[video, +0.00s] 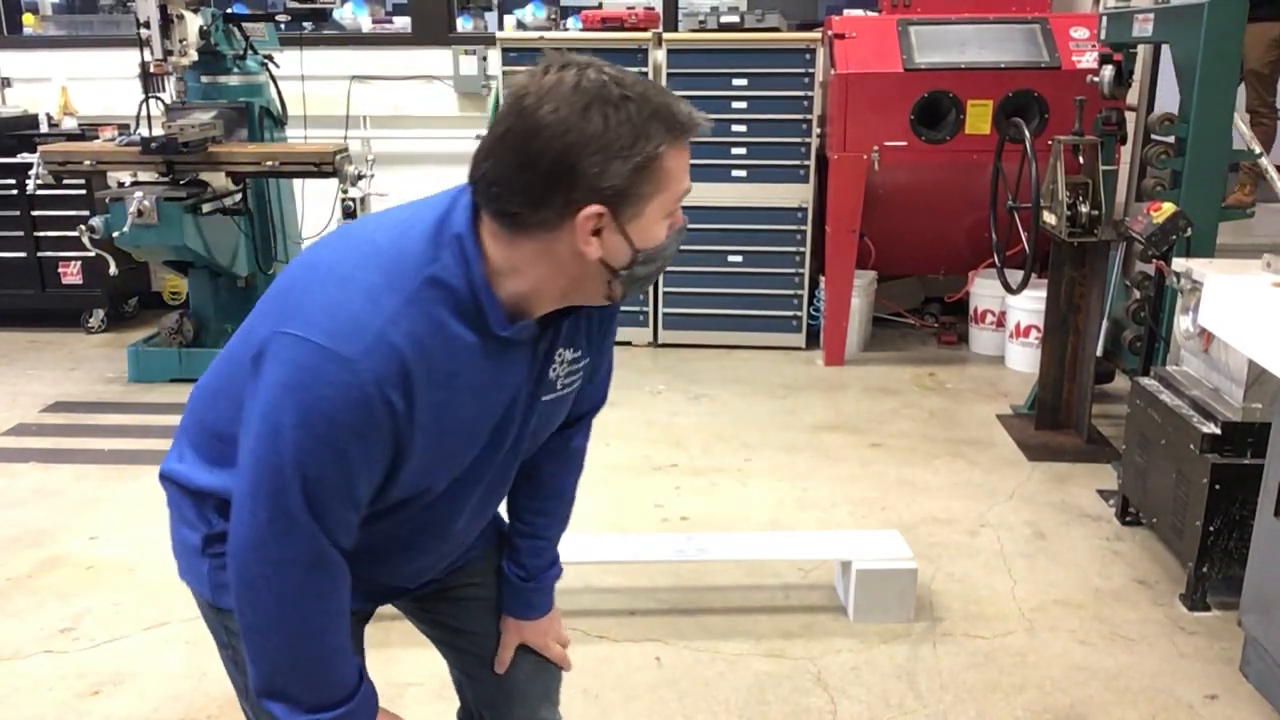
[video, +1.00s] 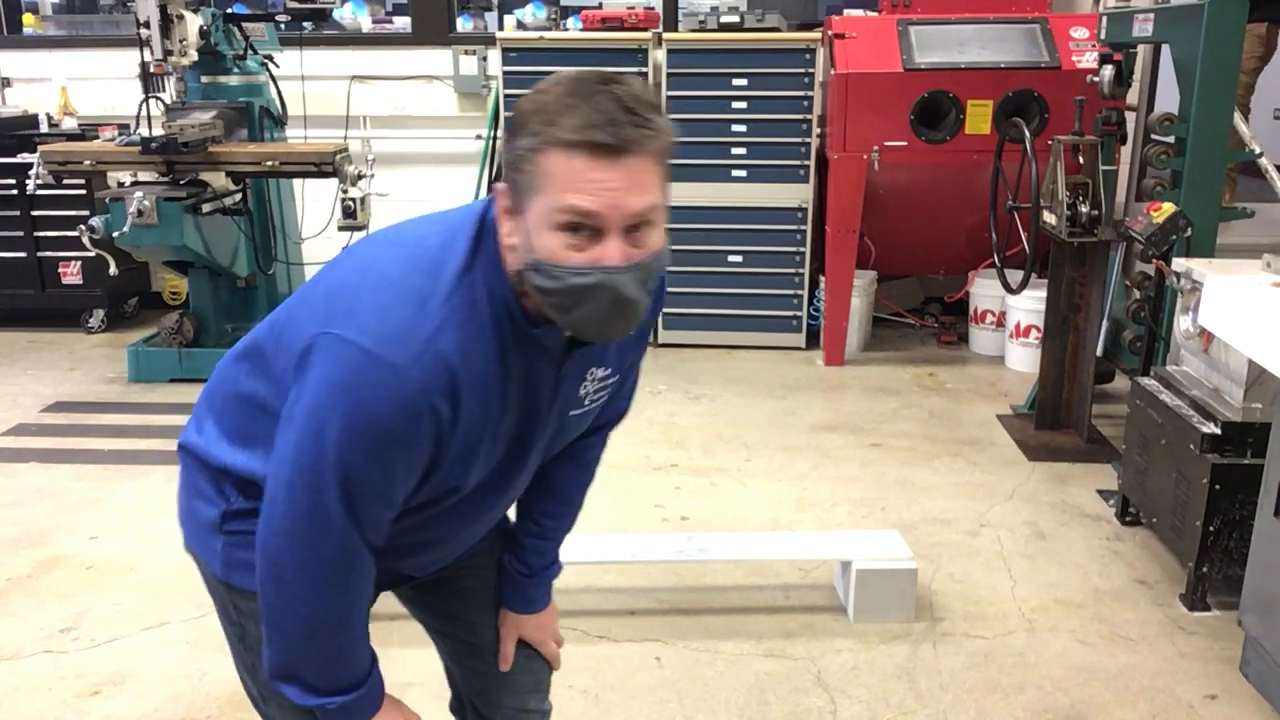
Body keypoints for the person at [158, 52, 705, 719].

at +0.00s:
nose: (680, 222)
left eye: (678, 205)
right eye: (671, 209)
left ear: (592, 230)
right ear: (594, 231)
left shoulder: (583, 287)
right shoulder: (343, 350)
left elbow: (557, 442)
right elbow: (279, 568)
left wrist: (529, 589)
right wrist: (341, 708)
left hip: (431, 506)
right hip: (271, 534)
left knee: (524, 690)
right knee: (309, 708)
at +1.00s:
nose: (614, 262)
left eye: (639, 229)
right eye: (580, 230)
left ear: (664, 217)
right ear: (508, 212)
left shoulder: (627, 287)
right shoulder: (389, 354)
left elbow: (574, 446)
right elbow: (305, 565)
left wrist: (530, 582)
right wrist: (354, 699)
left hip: (433, 484)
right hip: (269, 512)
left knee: (516, 687)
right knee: (313, 700)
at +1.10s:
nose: (576, 264)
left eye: (605, 228)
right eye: (542, 229)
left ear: (640, 212)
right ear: (479, 213)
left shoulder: (635, 289)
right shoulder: (359, 356)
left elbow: (583, 449)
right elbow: (291, 559)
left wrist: (541, 584)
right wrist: (349, 695)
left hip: (455, 491)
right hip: (291, 514)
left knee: (524, 691)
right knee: (317, 703)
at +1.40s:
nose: (498, 289)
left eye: (532, 251)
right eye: (466, 250)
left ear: (586, 231)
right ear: (417, 234)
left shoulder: (621, 301)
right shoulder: (299, 364)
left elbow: (592, 466)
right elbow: (267, 557)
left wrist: (556, 607)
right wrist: (339, 689)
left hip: (484, 516)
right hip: (331, 538)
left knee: (542, 695)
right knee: (315, 703)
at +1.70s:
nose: (471, 239)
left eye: (503, 202)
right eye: (439, 201)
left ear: (560, 190)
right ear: (386, 189)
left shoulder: (599, 273)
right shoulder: (276, 320)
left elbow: (581, 455)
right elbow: (256, 539)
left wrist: (556, 612)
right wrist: (327, 693)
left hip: (477, 517)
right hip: (324, 539)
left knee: (539, 696)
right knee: (306, 704)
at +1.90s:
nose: (430, 53)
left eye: (459, 16)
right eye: (392, 20)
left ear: (517, 27)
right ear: (340, 36)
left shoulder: (561, 161)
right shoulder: (239, 210)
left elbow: (588, 366)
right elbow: (215, 470)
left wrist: (596, 543)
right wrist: (286, 674)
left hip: (463, 513)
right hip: (305, 534)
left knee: (514, 696)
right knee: (309, 710)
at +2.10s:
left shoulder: (533, 91)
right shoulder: (219, 131)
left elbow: (585, 307)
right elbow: (168, 412)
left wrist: (635, 487)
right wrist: (222, 658)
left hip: (469, 527)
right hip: (295, 539)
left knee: (510, 703)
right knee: (320, 709)